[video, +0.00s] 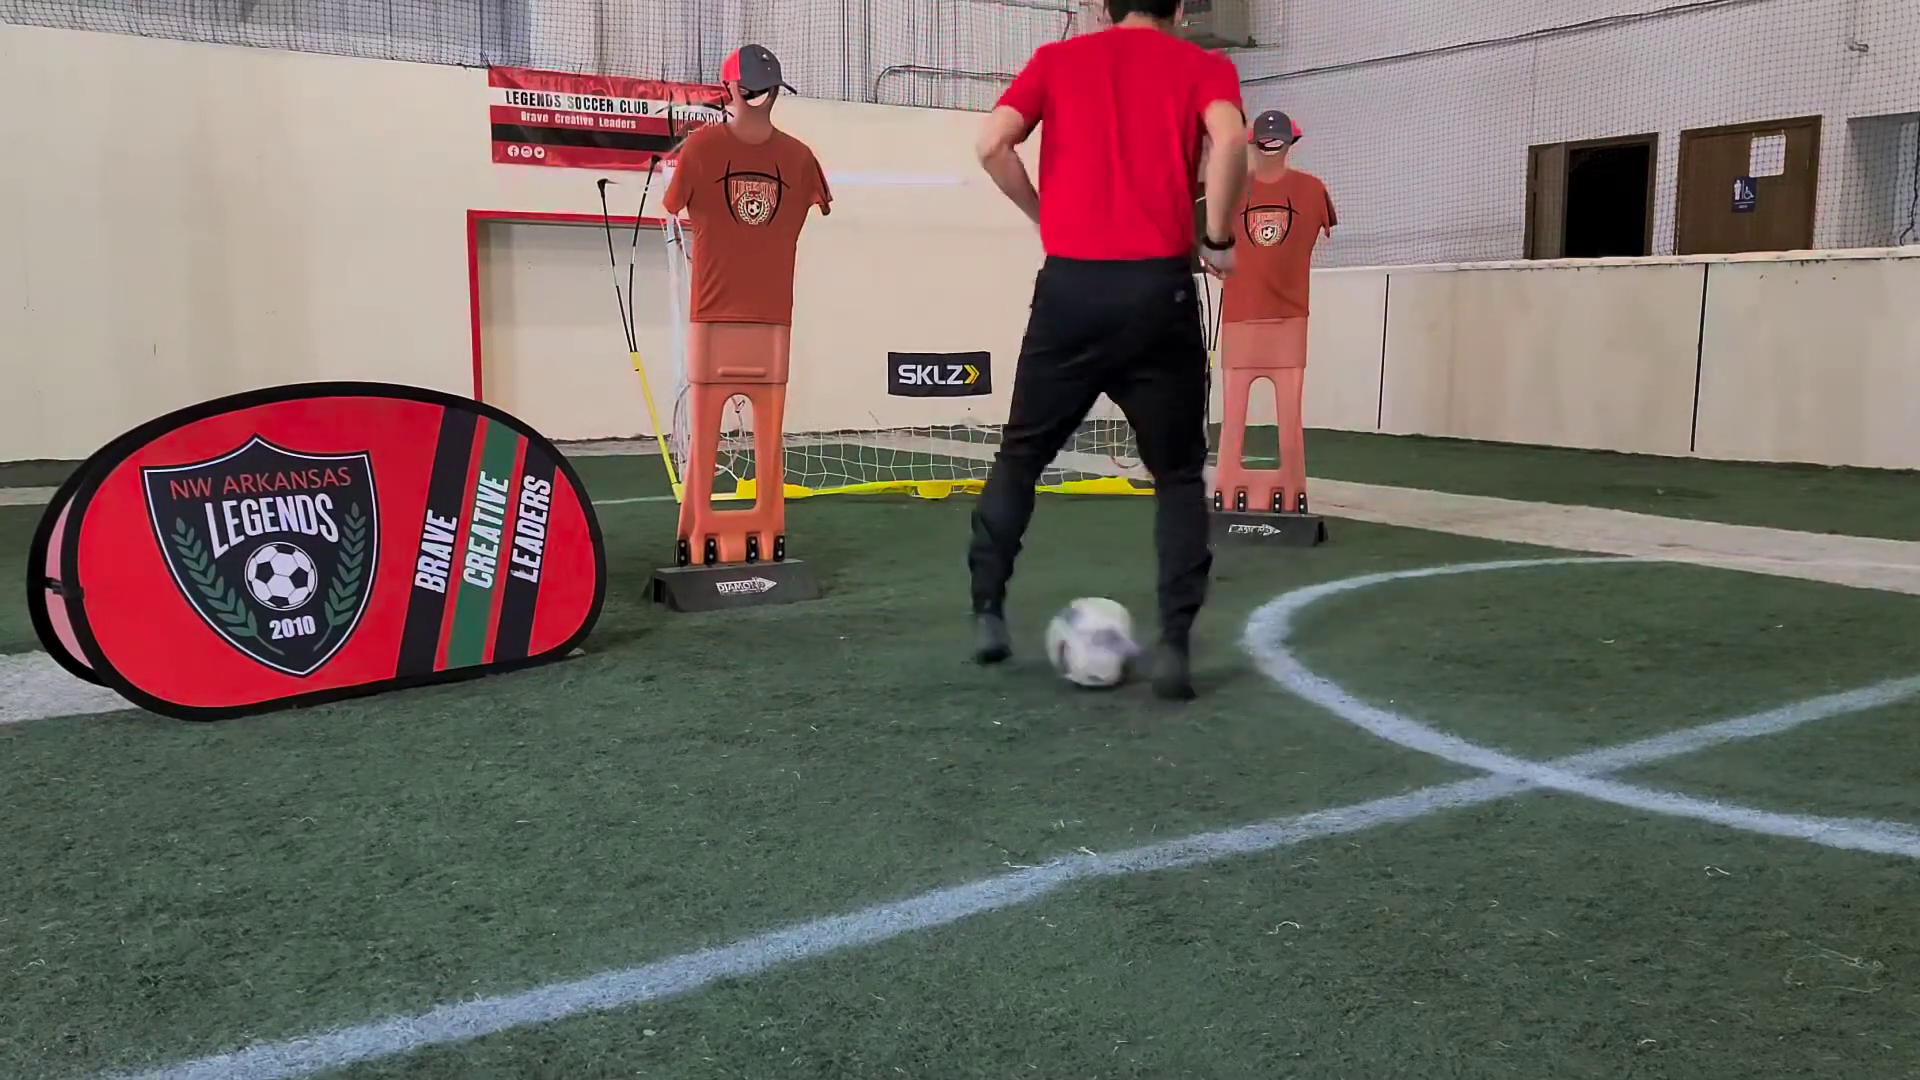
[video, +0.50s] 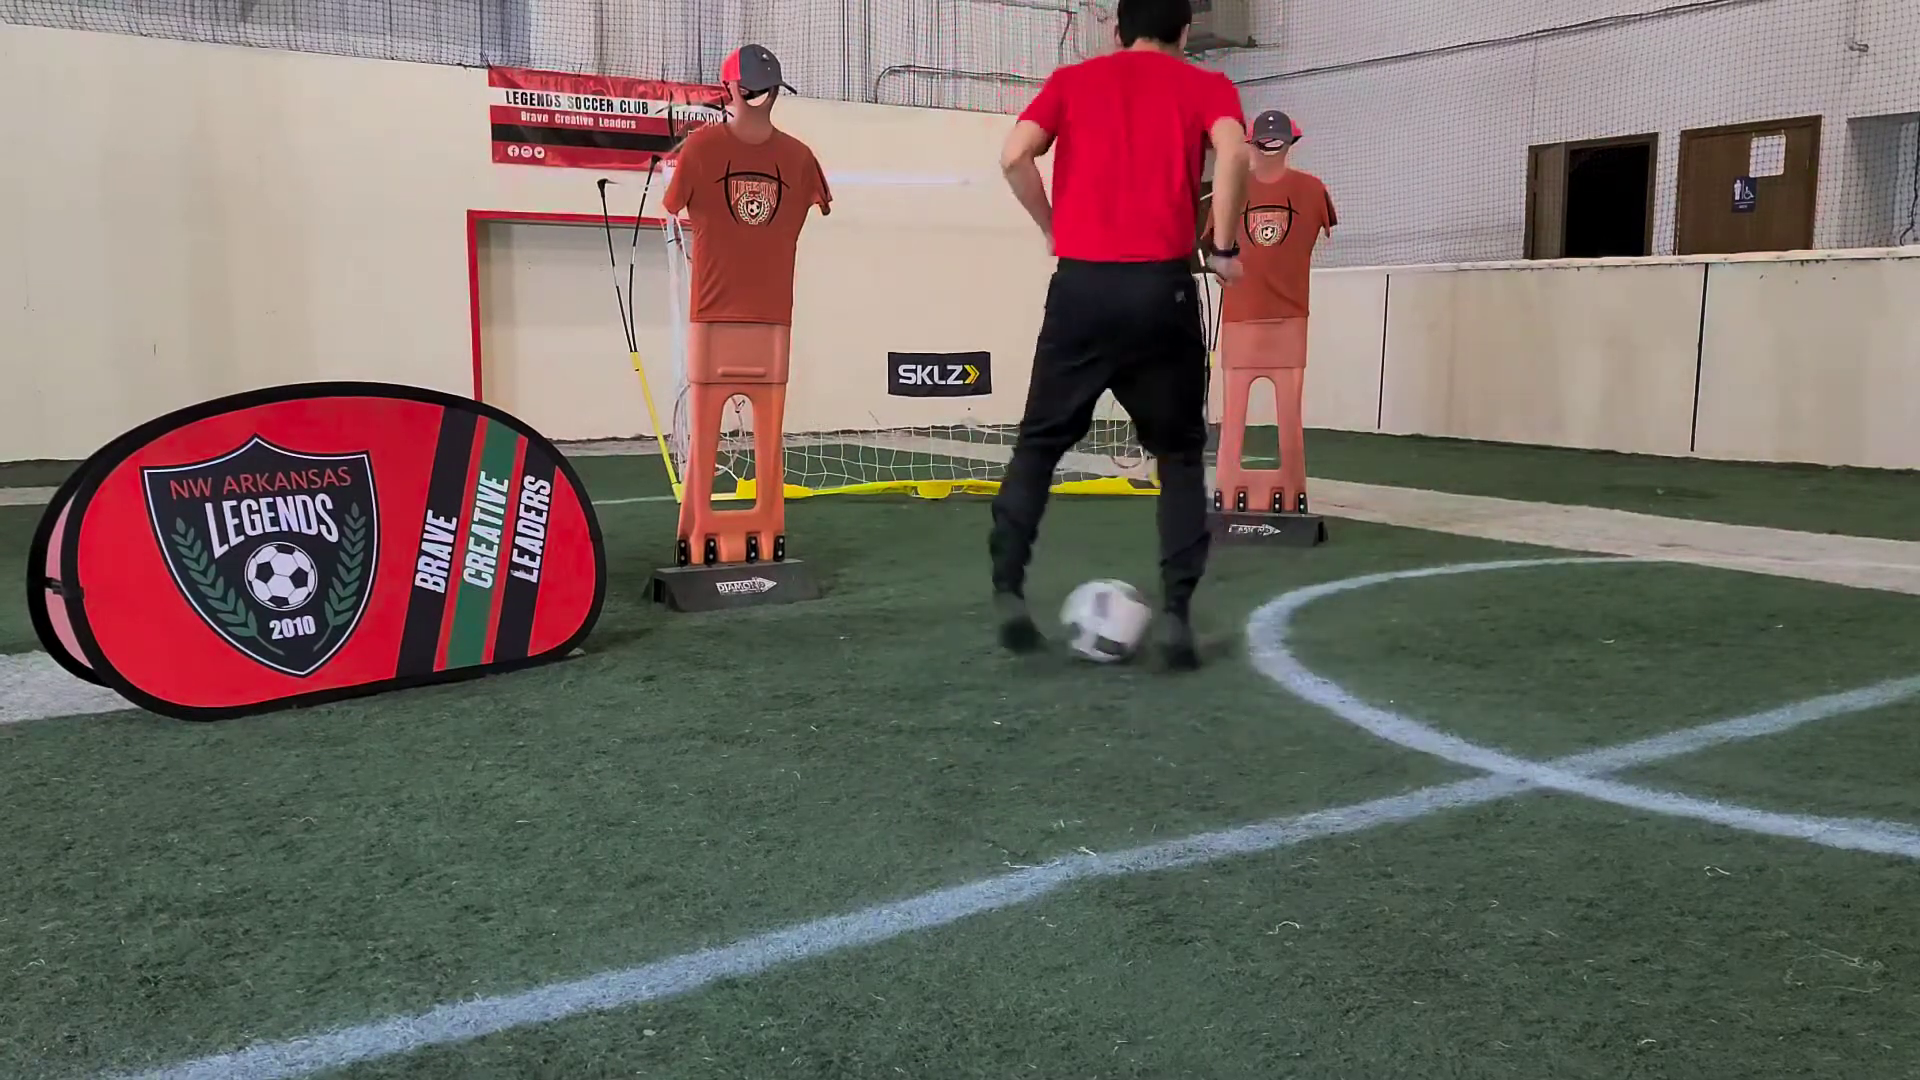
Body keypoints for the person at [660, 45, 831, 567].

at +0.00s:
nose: (759, 96)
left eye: (766, 87)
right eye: (749, 87)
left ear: (776, 88)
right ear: (729, 87)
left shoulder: (796, 152)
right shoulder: (702, 145)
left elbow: (798, 219)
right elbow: (676, 210)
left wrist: (756, 238)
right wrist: (723, 229)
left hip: (772, 302)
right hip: (712, 303)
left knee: (770, 417)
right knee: (705, 417)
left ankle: (768, 531)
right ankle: (697, 531)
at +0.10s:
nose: (759, 96)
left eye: (766, 87)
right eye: (749, 87)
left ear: (776, 88)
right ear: (729, 88)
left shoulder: (797, 153)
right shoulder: (701, 146)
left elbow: (802, 215)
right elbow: (674, 209)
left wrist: (757, 237)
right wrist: (721, 229)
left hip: (772, 304)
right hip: (712, 304)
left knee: (770, 421)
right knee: (704, 422)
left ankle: (768, 533)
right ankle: (696, 534)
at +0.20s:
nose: (760, 96)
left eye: (766, 87)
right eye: (750, 87)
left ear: (775, 88)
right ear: (729, 88)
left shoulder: (797, 153)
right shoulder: (702, 145)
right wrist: (725, 228)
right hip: (713, 303)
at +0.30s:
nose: (759, 96)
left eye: (766, 87)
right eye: (749, 87)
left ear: (776, 88)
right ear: (729, 88)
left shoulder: (797, 153)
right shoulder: (701, 146)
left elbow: (801, 215)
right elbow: (674, 209)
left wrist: (756, 237)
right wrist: (720, 229)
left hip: (772, 304)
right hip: (712, 304)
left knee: (770, 421)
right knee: (704, 422)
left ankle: (768, 533)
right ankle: (696, 533)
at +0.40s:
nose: (759, 95)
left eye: (766, 87)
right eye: (749, 87)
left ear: (776, 88)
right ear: (729, 88)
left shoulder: (797, 153)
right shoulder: (701, 146)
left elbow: (801, 215)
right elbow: (674, 209)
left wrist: (756, 237)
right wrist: (720, 229)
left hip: (772, 304)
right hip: (712, 304)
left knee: (770, 421)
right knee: (704, 422)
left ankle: (768, 533)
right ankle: (697, 533)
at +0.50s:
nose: (760, 95)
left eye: (766, 87)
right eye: (750, 87)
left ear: (776, 87)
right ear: (729, 88)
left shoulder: (796, 152)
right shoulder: (702, 145)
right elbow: (673, 209)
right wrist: (723, 227)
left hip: (772, 304)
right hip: (712, 304)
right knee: (705, 423)